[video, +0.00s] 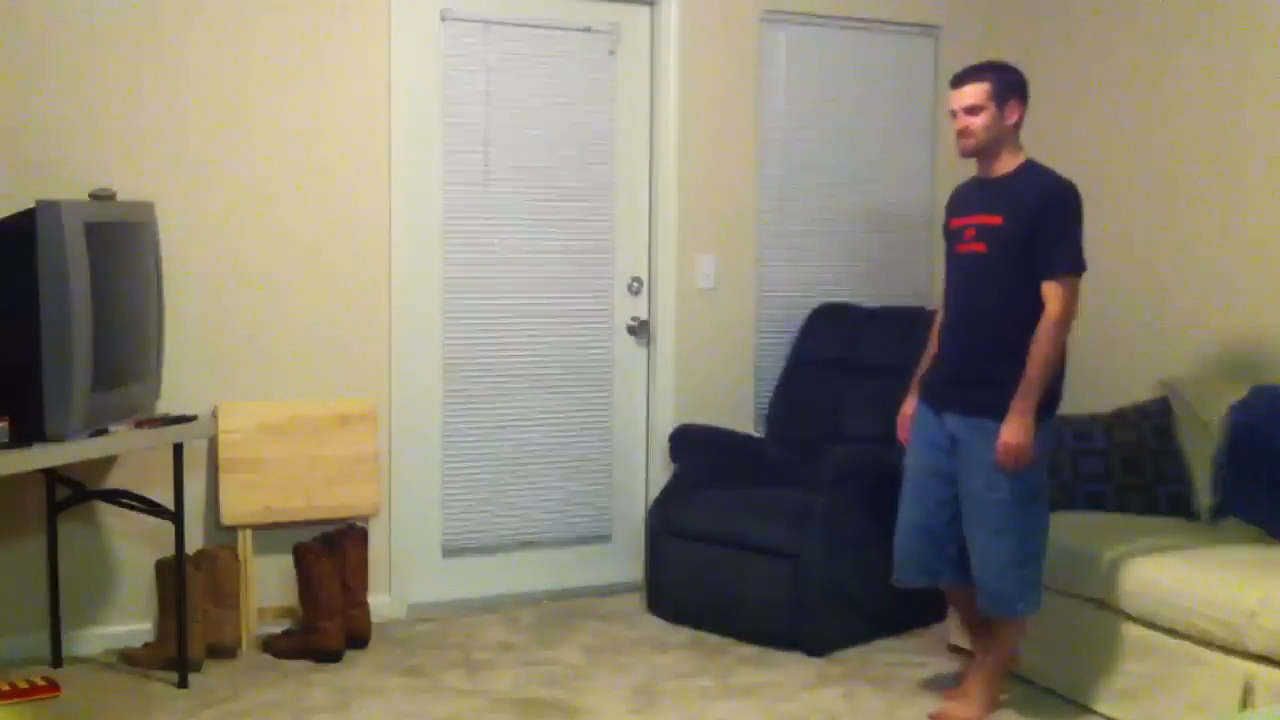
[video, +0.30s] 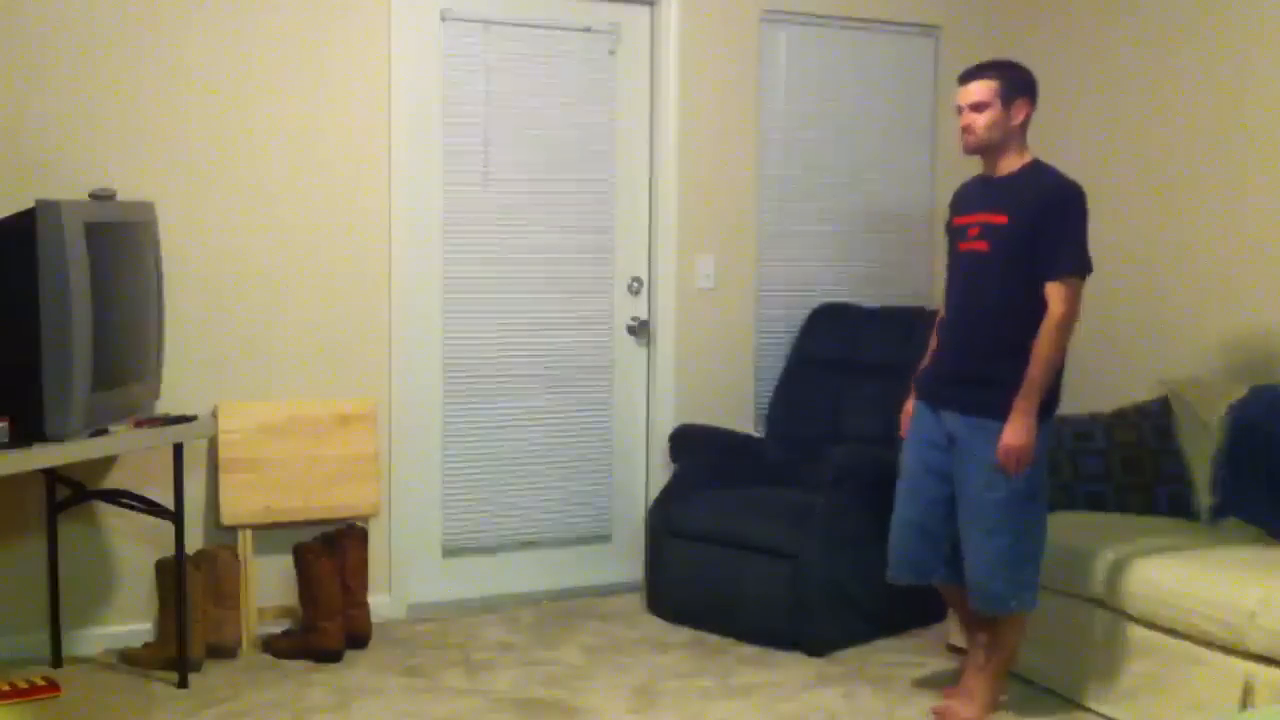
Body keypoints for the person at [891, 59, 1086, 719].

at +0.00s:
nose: (959, 124)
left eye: (972, 112)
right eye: (954, 114)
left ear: (1012, 112)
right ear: (955, 121)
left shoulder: (1051, 195)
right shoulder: (961, 200)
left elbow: (1057, 313)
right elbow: (951, 307)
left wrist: (1023, 412)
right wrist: (916, 391)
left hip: (1003, 417)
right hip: (940, 408)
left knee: (1001, 563)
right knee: (933, 544)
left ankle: (986, 688)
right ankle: (983, 650)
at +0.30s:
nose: (964, 120)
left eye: (978, 108)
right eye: (961, 110)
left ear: (1020, 112)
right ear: (962, 118)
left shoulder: (1056, 195)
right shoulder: (965, 199)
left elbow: (1061, 312)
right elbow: (953, 306)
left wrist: (1025, 413)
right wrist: (917, 390)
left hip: (1002, 417)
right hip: (939, 407)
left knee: (999, 562)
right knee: (929, 539)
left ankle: (988, 688)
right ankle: (979, 649)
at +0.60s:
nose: (963, 121)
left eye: (977, 110)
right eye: (960, 110)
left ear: (1016, 116)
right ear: (960, 116)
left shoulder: (1054, 196)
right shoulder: (959, 198)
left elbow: (1063, 313)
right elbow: (949, 305)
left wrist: (1030, 414)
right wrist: (916, 389)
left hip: (1003, 418)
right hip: (936, 409)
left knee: (1001, 566)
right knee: (931, 547)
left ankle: (987, 692)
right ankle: (982, 648)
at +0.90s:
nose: (952, 123)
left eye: (966, 112)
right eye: (950, 112)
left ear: (1007, 118)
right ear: (954, 119)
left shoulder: (1049, 194)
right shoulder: (954, 196)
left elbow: (1063, 309)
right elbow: (942, 299)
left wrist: (1034, 413)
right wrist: (910, 387)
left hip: (1002, 418)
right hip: (934, 407)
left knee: (998, 562)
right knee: (926, 541)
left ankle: (986, 686)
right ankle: (974, 644)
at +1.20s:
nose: (950, 122)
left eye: (964, 110)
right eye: (947, 112)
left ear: (1005, 116)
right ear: (949, 119)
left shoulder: (1046, 195)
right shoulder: (951, 199)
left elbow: (1058, 311)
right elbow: (940, 304)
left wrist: (1027, 413)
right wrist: (910, 392)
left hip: (1001, 419)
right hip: (935, 411)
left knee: (1000, 564)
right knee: (931, 548)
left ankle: (986, 691)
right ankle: (981, 645)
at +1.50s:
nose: (945, 123)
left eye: (958, 110)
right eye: (941, 112)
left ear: (999, 115)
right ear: (943, 120)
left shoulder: (1041, 193)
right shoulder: (947, 201)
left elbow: (1055, 309)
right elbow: (940, 303)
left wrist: (1020, 411)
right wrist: (909, 393)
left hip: (997, 417)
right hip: (932, 409)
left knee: (996, 562)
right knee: (924, 544)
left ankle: (985, 690)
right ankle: (979, 645)